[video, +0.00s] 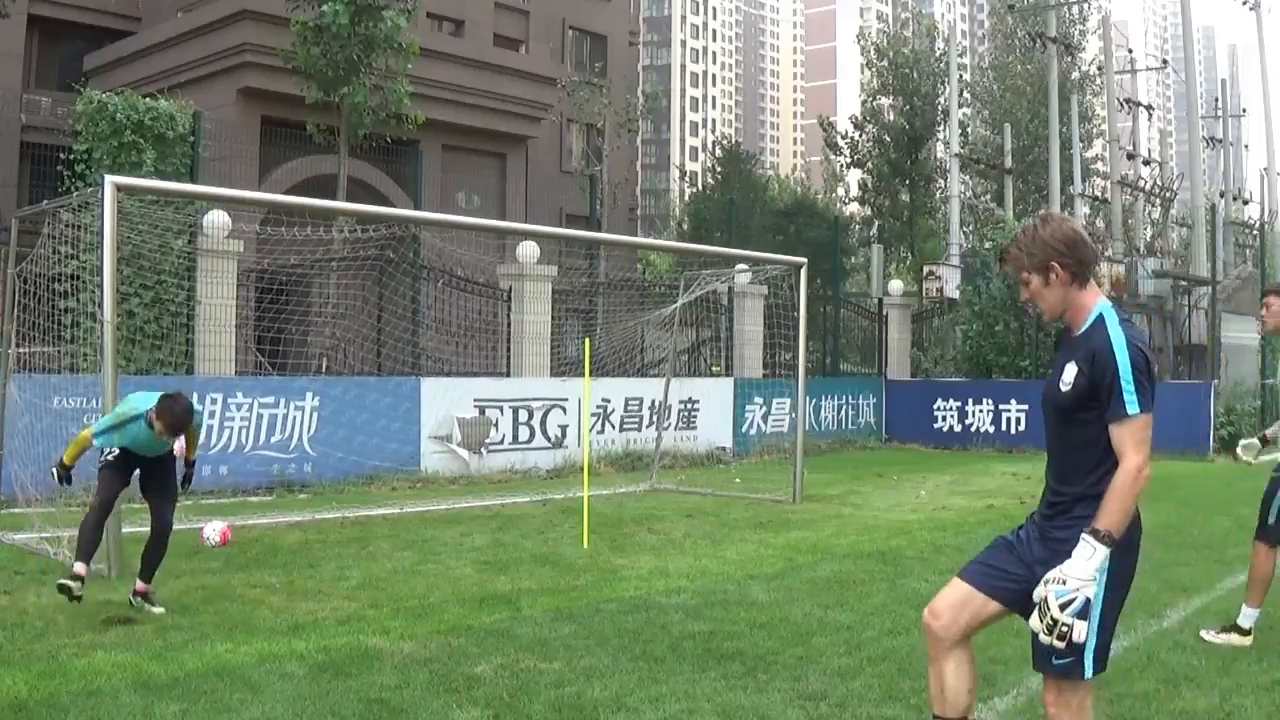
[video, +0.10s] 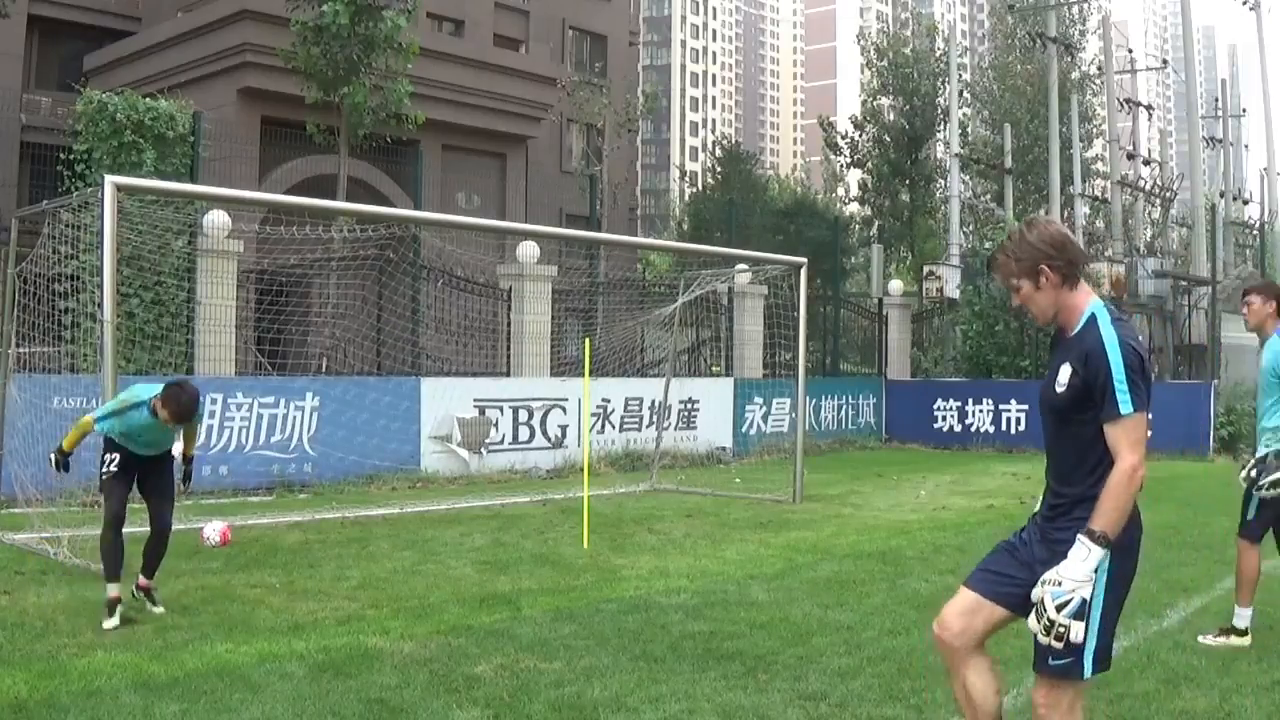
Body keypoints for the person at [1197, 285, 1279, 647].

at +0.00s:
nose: (1262, 315)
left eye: (1268, 308)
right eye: (1264, 307)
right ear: (1272, 311)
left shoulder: (1277, 349)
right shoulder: (1275, 349)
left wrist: (1269, 435)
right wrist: (1267, 435)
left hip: (1279, 469)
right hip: (1278, 467)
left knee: (1266, 538)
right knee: (1266, 538)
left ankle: (1245, 624)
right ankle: (1244, 624)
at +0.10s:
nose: (1244, 312)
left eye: (1249, 305)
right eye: (1244, 305)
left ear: (1271, 307)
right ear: (1267, 309)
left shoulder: (1275, 348)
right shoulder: (1269, 348)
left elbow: (1276, 409)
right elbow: (1270, 408)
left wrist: (1269, 454)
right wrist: (1261, 453)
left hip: (1273, 454)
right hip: (1268, 453)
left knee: (1248, 536)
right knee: (1254, 536)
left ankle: (1240, 625)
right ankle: (1241, 624)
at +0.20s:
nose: (1219, 310)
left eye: (1224, 302)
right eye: (1219, 303)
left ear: (1247, 304)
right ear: (1240, 305)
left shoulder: (1258, 342)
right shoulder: (1247, 342)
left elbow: (1267, 402)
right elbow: (1252, 402)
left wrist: (1238, 449)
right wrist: (1229, 450)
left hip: (1258, 452)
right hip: (1251, 450)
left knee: (1232, 537)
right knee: (1234, 535)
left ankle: (1238, 627)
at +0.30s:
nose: (1203, 308)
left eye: (1208, 301)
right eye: (1203, 302)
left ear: (1230, 302)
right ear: (1224, 304)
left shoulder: (1242, 339)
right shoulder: (1230, 341)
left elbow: (1243, 403)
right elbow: (1234, 405)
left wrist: (1204, 444)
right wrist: (1202, 446)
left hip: (1242, 449)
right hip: (1230, 449)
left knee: (1226, 537)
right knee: (1200, 529)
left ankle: (1238, 628)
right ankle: (1249, 594)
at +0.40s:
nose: (1179, 308)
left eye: (1185, 301)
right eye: (1180, 302)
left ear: (1207, 305)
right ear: (1206, 307)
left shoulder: (1211, 341)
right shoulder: (1225, 340)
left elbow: (1207, 403)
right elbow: (1250, 399)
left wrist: (1167, 432)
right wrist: (1248, 446)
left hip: (1214, 451)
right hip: (1214, 450)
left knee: (1217, 537)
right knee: (1168, 518)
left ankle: (1237, 626)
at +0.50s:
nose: (1163, 311)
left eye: (1169, 305)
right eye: (1164, 305)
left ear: (1190, 307)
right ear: (1191, 310)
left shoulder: (1192, 342)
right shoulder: (1211, 342)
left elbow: (1185, 403)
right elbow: (1231, 399)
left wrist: (1150, 429)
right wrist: (1236, 448)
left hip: (1195, 450)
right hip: (1209, 448)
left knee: (1209, 536)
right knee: (1181, 531)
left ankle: (1235, 622)